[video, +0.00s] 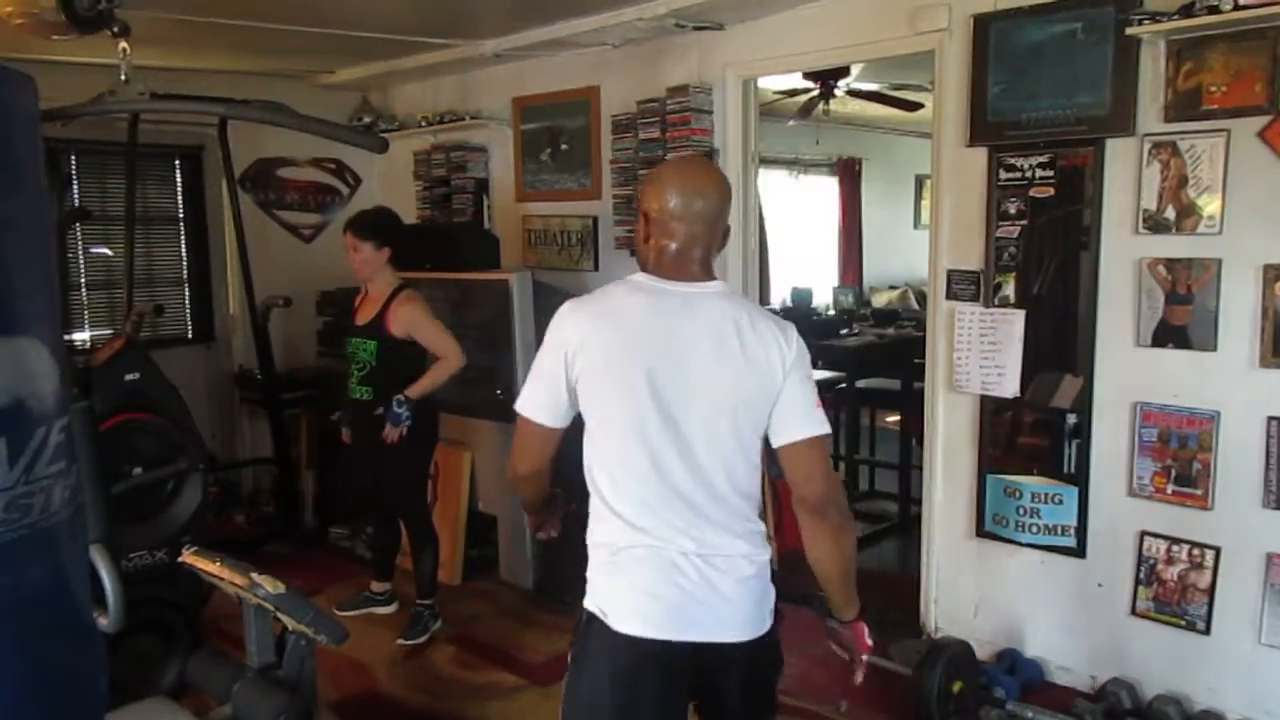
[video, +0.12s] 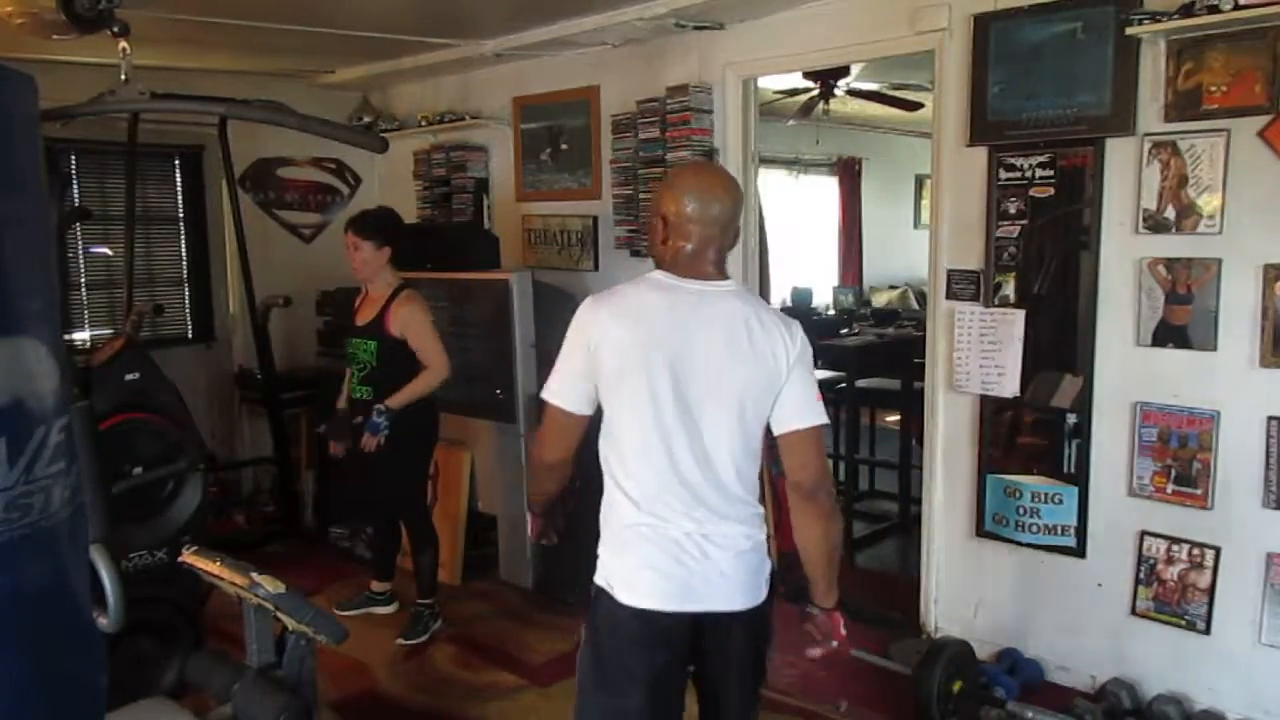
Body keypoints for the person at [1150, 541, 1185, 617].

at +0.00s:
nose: (1173, 555)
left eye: (1176, 552)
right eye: (1171, 552)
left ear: (1180, 553)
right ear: (1167, 552)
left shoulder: (1182, 568)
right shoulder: (1160, 565)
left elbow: (1181, 585)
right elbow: (1151, 581)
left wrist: (1174, 602)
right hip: (1159, 599)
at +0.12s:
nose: (1173, 555)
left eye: (1176, 552)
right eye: (1171, 551)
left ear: (1179, 553)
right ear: (1167, 552)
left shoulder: (1183, 568)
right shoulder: (1160, 566)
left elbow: (1182, 585)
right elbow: (1150, 582)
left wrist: (1174, 602)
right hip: (1159, 600)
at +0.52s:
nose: (1173, 554)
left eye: (1176, 552)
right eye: (1171, 551)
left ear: (1179, 553)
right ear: (1167, 552)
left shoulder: (1182, 568)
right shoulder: (1160, 566)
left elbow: (1181, 586)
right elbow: (1154, 581)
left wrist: (1174, 603)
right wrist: (1152, 596)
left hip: (1173, 602)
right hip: (1159, 600)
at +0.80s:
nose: (1173, 554)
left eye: (1176, 552)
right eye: (1171, 551)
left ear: (1180, 553)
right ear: (1167, 552)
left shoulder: (1183, 568)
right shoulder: (1160, 565)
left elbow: (1181, 585)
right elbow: (1150, 582)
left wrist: (1174, 602)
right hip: (1160, 598)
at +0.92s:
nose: (1173, 554)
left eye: (1176, 552)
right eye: (1171, 551)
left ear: (1180, 553)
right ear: (1167, 552)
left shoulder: (1183, 568)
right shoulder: (1160, 565)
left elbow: (1182, 585)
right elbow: (1150, 582)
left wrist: (1174, 602)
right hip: (1160, 599)